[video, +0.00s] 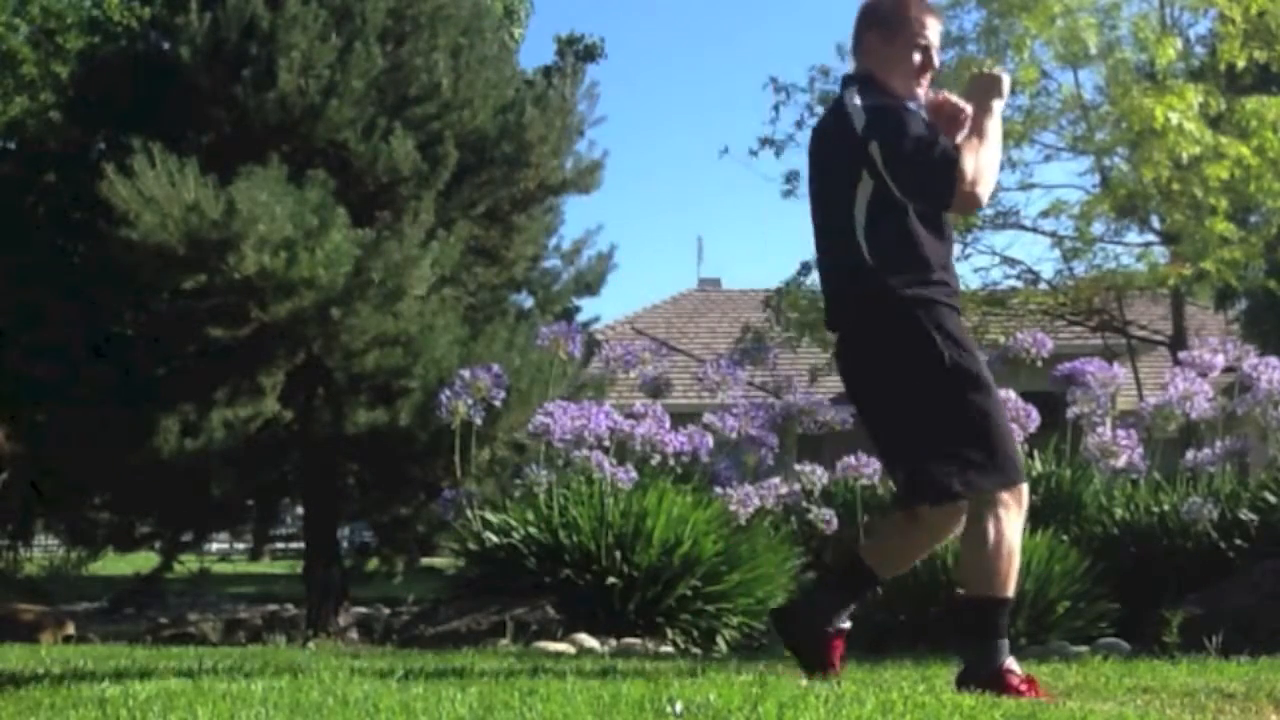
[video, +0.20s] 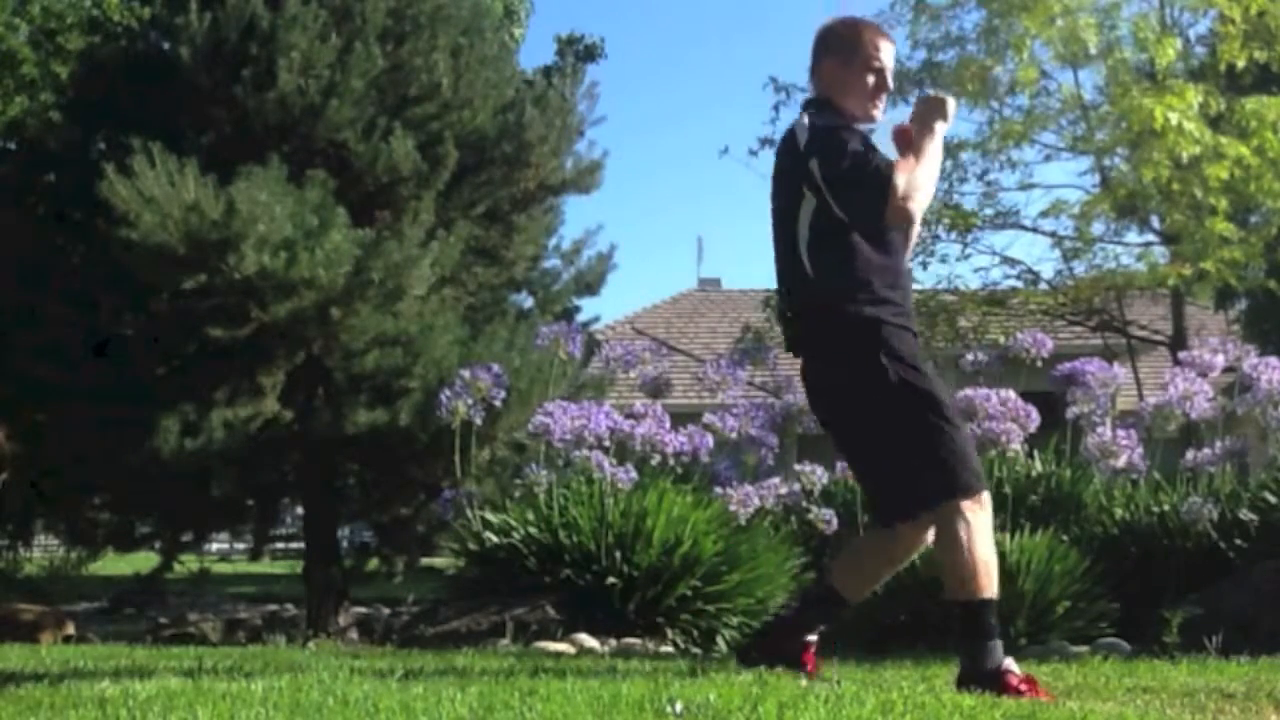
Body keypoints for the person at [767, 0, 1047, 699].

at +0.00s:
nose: (928, 57)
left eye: (933, 47)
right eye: (914, 42)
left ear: (935, 53)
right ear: (868, 42)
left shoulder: (846, 119)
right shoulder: (879, 117)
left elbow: (927, 199)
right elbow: (970, 189)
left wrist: (949, 133)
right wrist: (991, 111)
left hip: (873, 331)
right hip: (915, 323)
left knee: (941, 501)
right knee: (1002, 487)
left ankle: (815, 614)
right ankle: (987, 663)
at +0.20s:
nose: (883, 84)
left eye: (888, 74)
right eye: (872, 69)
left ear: (879, 83)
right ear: (827, 68)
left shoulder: (822, 139)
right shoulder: (830, 135)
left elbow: (894, 236)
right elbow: (898, 214)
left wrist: (913, 156)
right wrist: (927, 141)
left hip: (843, 347)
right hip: (871, 342)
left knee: (909, 521)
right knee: (965, 492)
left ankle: (789, 634)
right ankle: (985, 665)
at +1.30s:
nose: (624, 77)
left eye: (632, 69)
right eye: (613, 64)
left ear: (638, 78)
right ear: (574, 61)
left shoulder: (654, 151)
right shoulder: (525, 135)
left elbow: (707, 231)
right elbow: (508, 204)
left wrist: (694, 155)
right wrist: (583, 138)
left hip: (625, 341)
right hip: (536, 337)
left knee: (623, 493)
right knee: (515, 490)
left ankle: (608, 633)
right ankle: (516, 630)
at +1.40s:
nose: (622, 92)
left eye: (632, 84)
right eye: (610, 78)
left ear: (640, 94)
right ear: (574, 77)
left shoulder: (652, 170)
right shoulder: (524, 148)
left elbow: (705, 248)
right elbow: (500, 222)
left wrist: (687, 166)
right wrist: (576, 155)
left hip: (619, 357)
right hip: (530, 350)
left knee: (621, 504)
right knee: (489, 489)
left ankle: (604, 642)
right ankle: (514, 631)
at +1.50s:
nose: (611, 77)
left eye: (620, 69)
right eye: (598, 64)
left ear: (627, 79)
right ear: (562, 68)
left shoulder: (641, 155)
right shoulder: (514, 136)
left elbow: (685, 235)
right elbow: (495, 213)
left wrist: (670, 151)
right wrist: (571, 146)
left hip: (605, 348)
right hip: (515, 342)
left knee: (614, 502)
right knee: (471, 483)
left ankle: (605, 641)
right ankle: (487, 619)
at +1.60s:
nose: (592, 64)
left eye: (600, 57)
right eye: (579, 51)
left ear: (607, 67)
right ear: (542, 56)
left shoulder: (623, 140)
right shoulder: (495, 122)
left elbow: (666, 222)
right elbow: (488, 192)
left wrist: (649, 142)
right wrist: (562, 127)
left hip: (594, 333)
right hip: (503, 328)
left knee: (607, 486)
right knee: (469, 476)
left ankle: (604, 633)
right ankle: (448, 616)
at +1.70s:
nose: (569, 76)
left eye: (578, 68)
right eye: (556, 64)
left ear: (587, 81)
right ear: (519, 70)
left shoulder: (603, 154)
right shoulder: (477, 136)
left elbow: (648, 233)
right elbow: (476, 196)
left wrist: (633, 156)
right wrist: (547, 131)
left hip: (580, 347)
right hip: (489, 342)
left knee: (610, 488)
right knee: (459, 490)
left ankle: (604, 633)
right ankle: (423, 629)